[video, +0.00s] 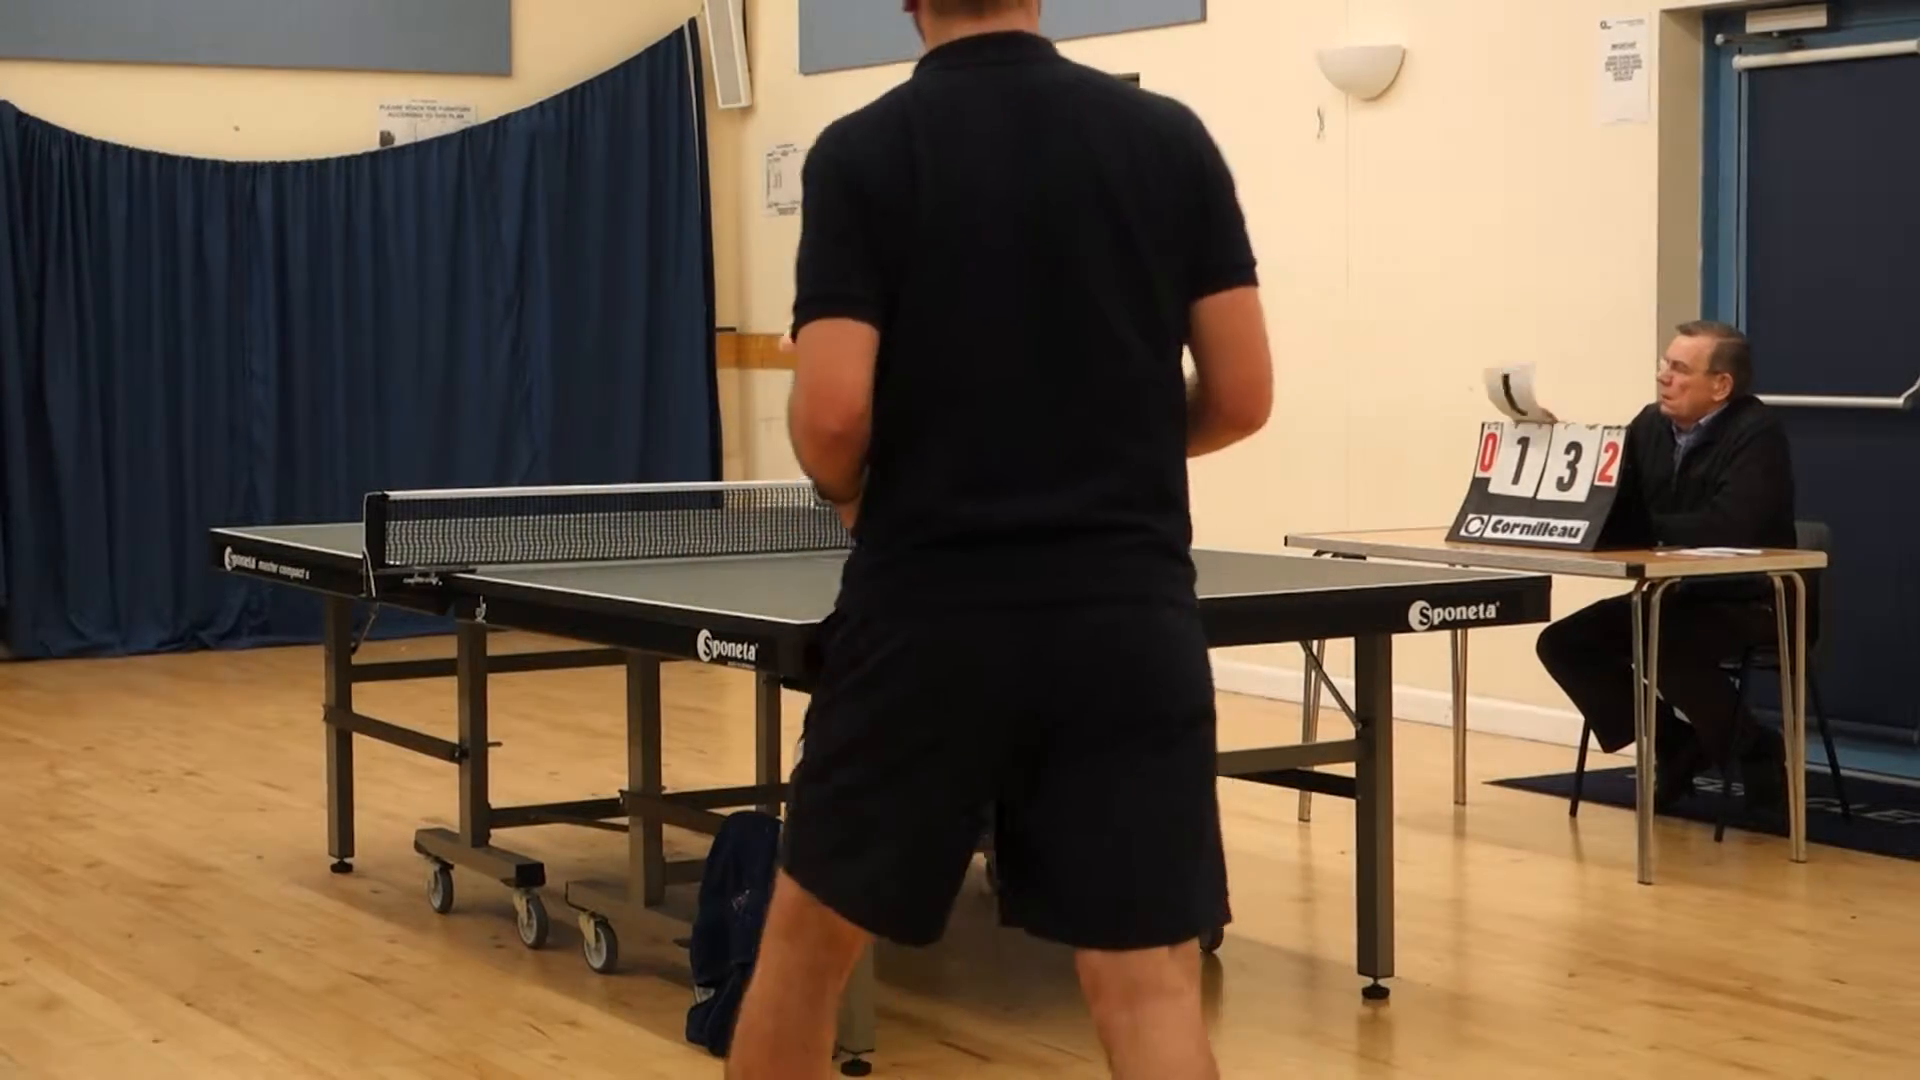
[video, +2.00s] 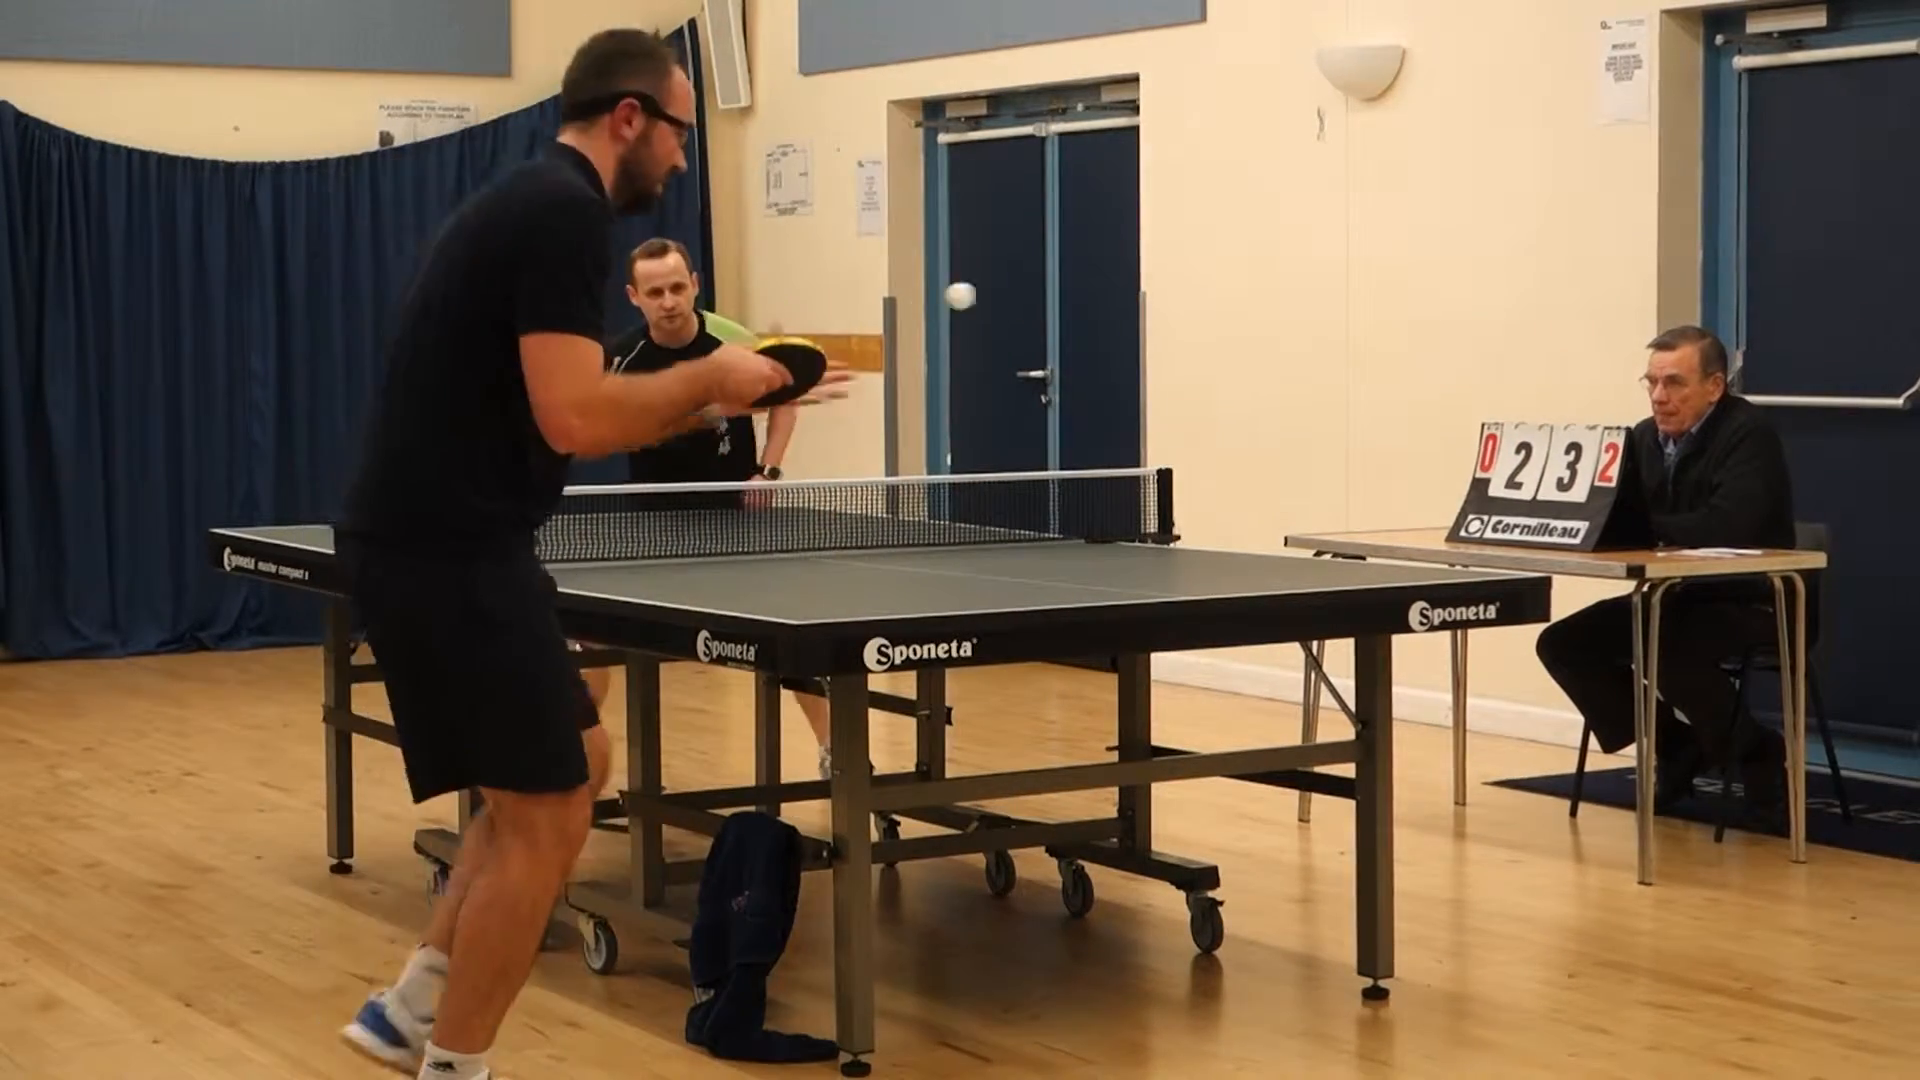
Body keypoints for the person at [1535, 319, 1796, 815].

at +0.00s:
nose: (1663, 377)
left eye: (1679, 369)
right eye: (1664, 365)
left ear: (1720, 387)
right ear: (1660, 365)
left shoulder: (1757, 433)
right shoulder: (1649, 426)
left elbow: (1737, 526)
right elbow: (1612, 512)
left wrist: (1641, 529)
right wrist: (1559, 449)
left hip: (1749, 596)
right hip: (1669, 591)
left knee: (1668, 646)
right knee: (1562, 643)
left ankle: (1756, 749)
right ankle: (1673, 741)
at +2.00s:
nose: (1659, 395)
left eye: (1674, 382)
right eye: (1652, 381)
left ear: (1715, 387)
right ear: (1645, 383)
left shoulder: (1750, 435)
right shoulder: (1642, 440)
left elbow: (1733, 526)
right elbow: (1608, 515)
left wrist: (1639, 531)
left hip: (1755, 600)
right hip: (1671, 597)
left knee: (1670, 647)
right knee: (1562, 644)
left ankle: (1757, 753)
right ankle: (1675, 742)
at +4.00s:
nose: (1658, 398)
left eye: (1673, 385)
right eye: (1652, 384)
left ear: (1715, 388)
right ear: (1645, 385)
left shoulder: (1749, 435)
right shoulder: (1641, 438)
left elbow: (1734, 528)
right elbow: (1614, 521)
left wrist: (1643, 532)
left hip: (1755, 600)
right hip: (1672, 595)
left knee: (1669, 647)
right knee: (1563, 643)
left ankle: (1757, 751)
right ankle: (1674, 745)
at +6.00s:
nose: (1639, 397)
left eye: (1653, 385)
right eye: (1640, 384)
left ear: (1699, 393)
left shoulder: (1746, 435)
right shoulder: (1640, 441)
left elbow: (1734, 527)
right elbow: (1605, 515)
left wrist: (1640, 530)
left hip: (1754, 600)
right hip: (1674, 595)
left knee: (1666, 646)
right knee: (1561, 643)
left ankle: (1759, 753)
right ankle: (1673, 741)